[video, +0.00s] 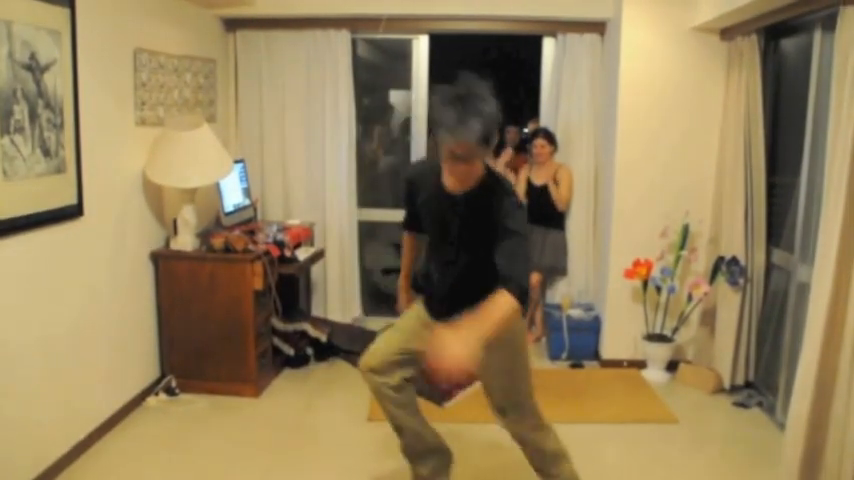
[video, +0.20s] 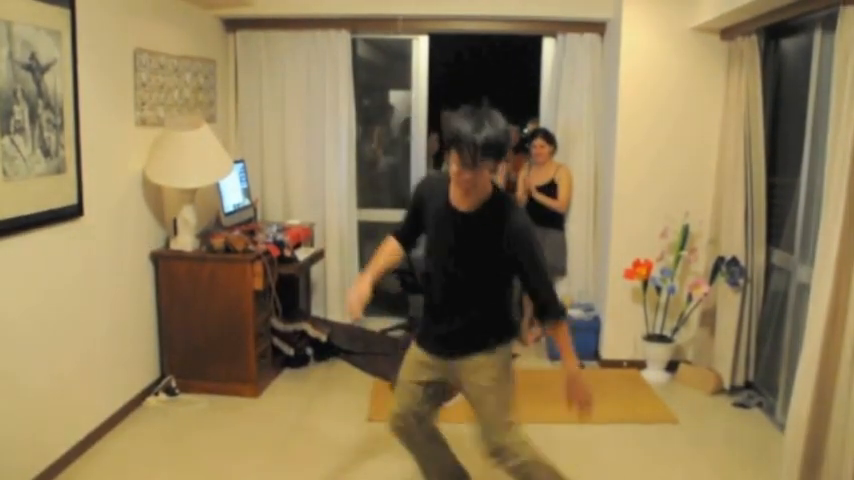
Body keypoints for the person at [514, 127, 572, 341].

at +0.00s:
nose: (538, 151)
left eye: (542, 146)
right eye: (535, 146)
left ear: (552, 149)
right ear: (530, 150)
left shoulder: (561, 171)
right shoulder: (526, 171)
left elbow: (562, 205)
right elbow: (520, 199)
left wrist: (551, 184)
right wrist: (521, 176)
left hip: (551, 230)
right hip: (531, 228)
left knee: (535, 278)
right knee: (537, 283)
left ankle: (527, 322)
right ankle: (539, 325)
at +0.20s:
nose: (537, 151)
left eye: (542, 146)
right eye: (534, 146)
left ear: (551, 149)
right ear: (529, 150)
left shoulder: (561, 172)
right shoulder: (526, 171)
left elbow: (562, 206)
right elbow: (520, 200)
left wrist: (535, 194)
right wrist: (522, 182)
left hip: (551, 231)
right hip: (529, 229)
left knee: (545, 280)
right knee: (529, 277)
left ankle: (539, 324)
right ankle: (527, 323)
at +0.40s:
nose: (537, 151)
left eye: (542, 146)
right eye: (534, 146)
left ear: (552, 149)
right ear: (529, 150)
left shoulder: (560, 172)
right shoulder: (523, 172)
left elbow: (560, 205)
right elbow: (516, 200)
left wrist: (550, 183)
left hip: (550, 231)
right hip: (527, 228)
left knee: (532, 278)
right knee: (535, 282)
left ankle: (526, 323)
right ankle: (538, 325)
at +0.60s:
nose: (537, 151)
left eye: (542, 147)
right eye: (534, 147)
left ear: (551, 149)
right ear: (529, 150)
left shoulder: (562, 172)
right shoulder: (525, 171)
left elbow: (561, 208)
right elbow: (521, 201)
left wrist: (535, 193)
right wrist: (524, 174)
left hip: (550, 226)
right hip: (527, 226)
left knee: (532, 277)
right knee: (533, 281)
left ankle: (525, 323)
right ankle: (538, 326)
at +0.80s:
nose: (537, 152)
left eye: (542, 148)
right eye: (534, 148)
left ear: (552, 150)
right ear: (529, 151)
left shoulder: (561, 172)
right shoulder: (526, 171)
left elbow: (562, 206)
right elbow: (521, 201)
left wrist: (542, 189)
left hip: (550, 231)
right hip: (529, 228)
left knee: (532, 278)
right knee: (534, 283)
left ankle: (525, 323)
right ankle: (538, 327)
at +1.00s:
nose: (537, 153)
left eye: (542, 148)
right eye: (534, 148)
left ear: (552, 150)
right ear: (530, 151)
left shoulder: (561, 172)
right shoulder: (526, 173)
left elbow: (562, 206)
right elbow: (519, 206)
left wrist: (545, 187)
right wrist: (519, 183)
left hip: (551, 231)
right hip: (530, 228)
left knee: (532, 279)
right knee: (535, 284)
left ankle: (525, 323)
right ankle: (538, 328)